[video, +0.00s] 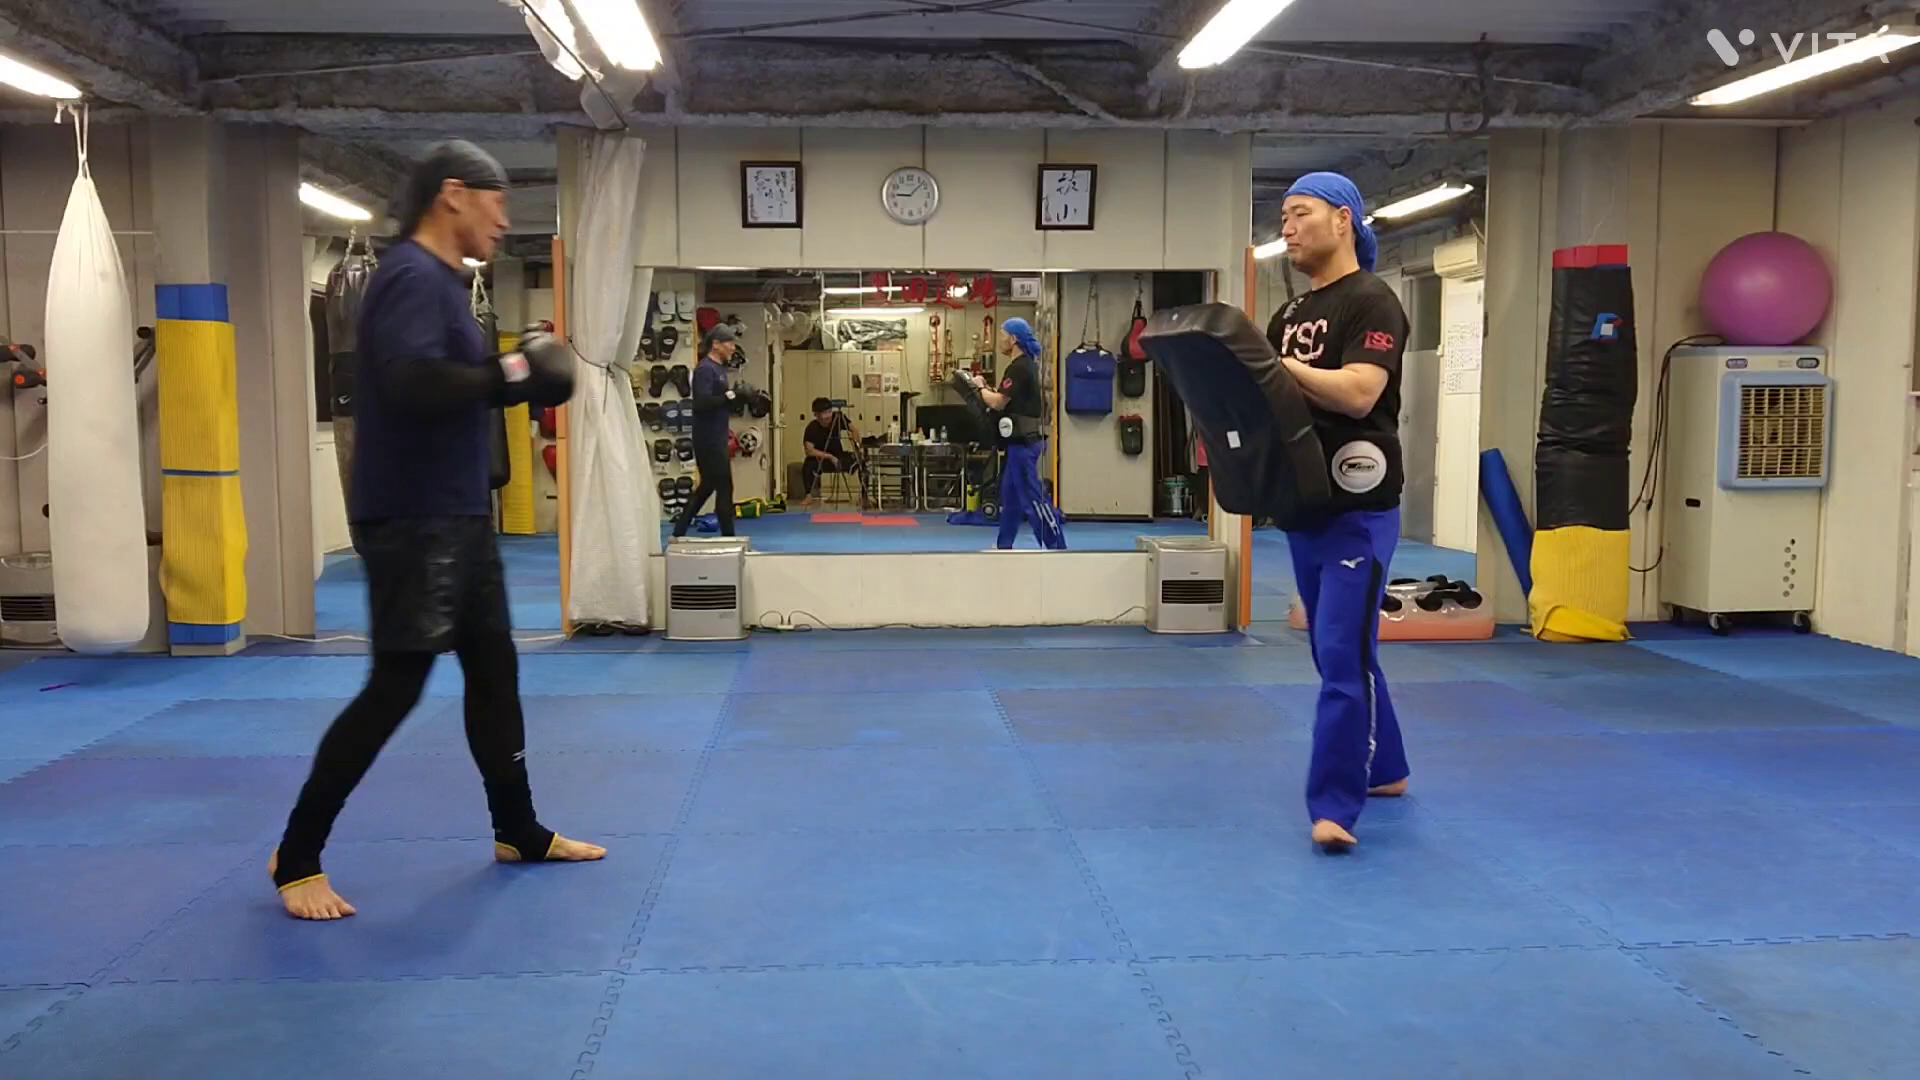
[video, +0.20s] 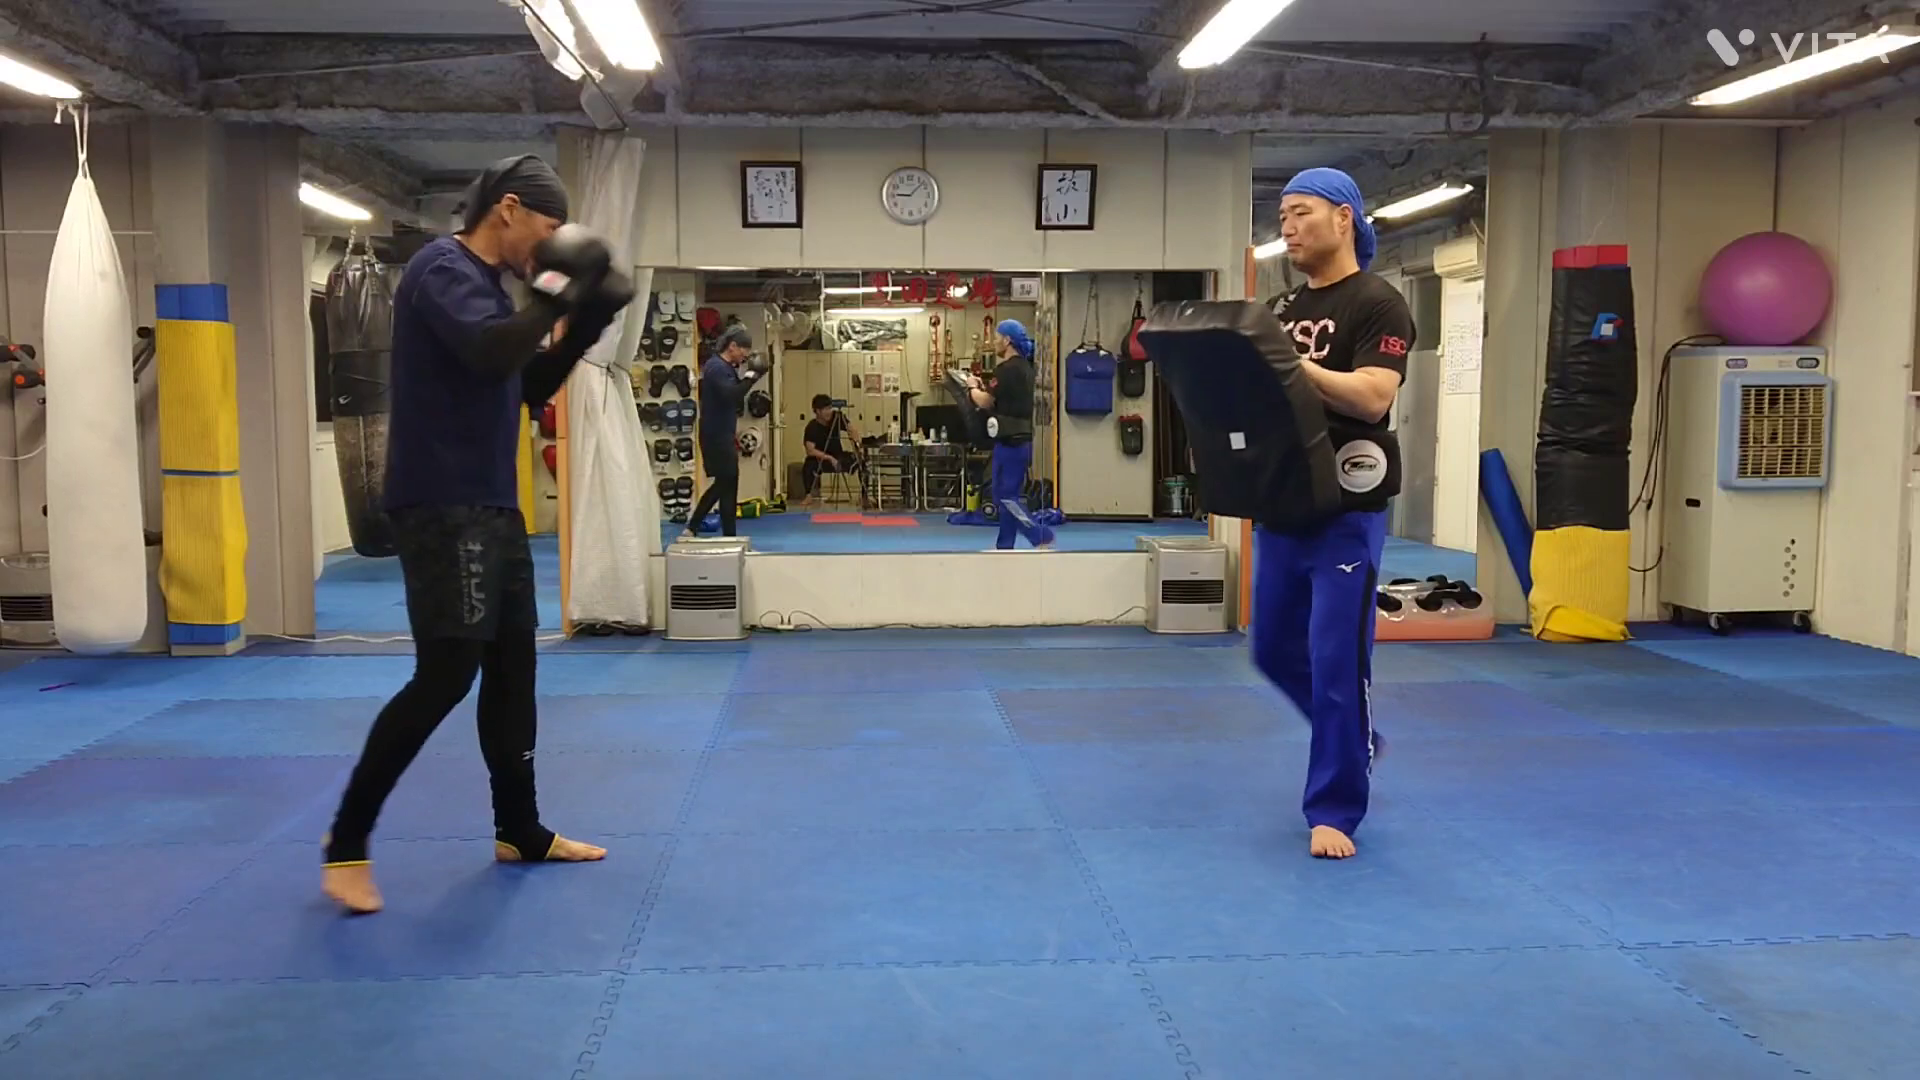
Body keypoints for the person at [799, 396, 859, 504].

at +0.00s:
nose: (827, 416)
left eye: (829, 412)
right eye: (823, 413)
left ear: (831, 411)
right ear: (816, 415)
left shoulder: (838, 418)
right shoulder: (811, 427)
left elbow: (854, 430)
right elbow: (810, 451)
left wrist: (858, 447)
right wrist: (830, 457)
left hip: (839, 456)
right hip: (821, 459)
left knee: (862, 460)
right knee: (809, 463)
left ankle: (864, 496)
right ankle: (810, 495)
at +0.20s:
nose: (829, 412)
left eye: (830, 408)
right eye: (825, 409)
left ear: (832, 408)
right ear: (817, 411)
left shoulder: (837, 417)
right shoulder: (812, 426)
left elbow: (852, 430)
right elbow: (810, 451)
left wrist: (858, 447)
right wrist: (830, 458)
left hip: (839, 456)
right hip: (821, 458)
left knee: (862, 461)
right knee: (809, 463)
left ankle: (864, 497)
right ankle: (810, 495)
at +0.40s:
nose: (830, 408)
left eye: (830, 405)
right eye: (827, 405)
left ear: (832, 406)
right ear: (817, 408)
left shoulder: (837, 417)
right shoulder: (811, 424)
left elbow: (851, 431)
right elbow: (811, 450)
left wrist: (858, 446)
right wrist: (829, 460)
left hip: (838, 456)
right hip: (821, 458)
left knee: (861, 461)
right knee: (809, 465)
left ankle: (865, 497)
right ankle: (810, 495)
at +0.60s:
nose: (832, 405)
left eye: (833, 402)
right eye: (829, 402)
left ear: (834, 404)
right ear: (820, 405)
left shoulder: (838, 418)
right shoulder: (812, 423)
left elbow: (850, 435)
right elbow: (809, 446)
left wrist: (855, 434)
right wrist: (827, 458)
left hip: (838, 456)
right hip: (820, 458)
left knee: (860, 461)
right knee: (809, 463)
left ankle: (864, 497)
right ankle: (809, 495)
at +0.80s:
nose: (833, 406)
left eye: (834, 403)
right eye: (830, 403)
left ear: (836, 404)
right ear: (821, 405)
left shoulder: (839, 418)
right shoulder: (812, 423)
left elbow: (852, 432)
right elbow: (806, 444)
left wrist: (859, 435)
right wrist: (824, 451)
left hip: (838, 455)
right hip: (820, 457)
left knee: (860, 461)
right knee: (809, 463)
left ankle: (864, 497)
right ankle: (809, 495)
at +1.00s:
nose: (834, 406)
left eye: (835, 403)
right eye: (830, 403)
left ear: (838, 405)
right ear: (822, 405)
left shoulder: (841, 419)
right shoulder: (812, 422)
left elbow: (856, 433)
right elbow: (805, 440)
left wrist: (855, 438)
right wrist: (824, 441)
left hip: (837, 455)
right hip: (819, 456)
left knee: (859, 462)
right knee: (813, 463)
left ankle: (864, 496)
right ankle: (810, 495)